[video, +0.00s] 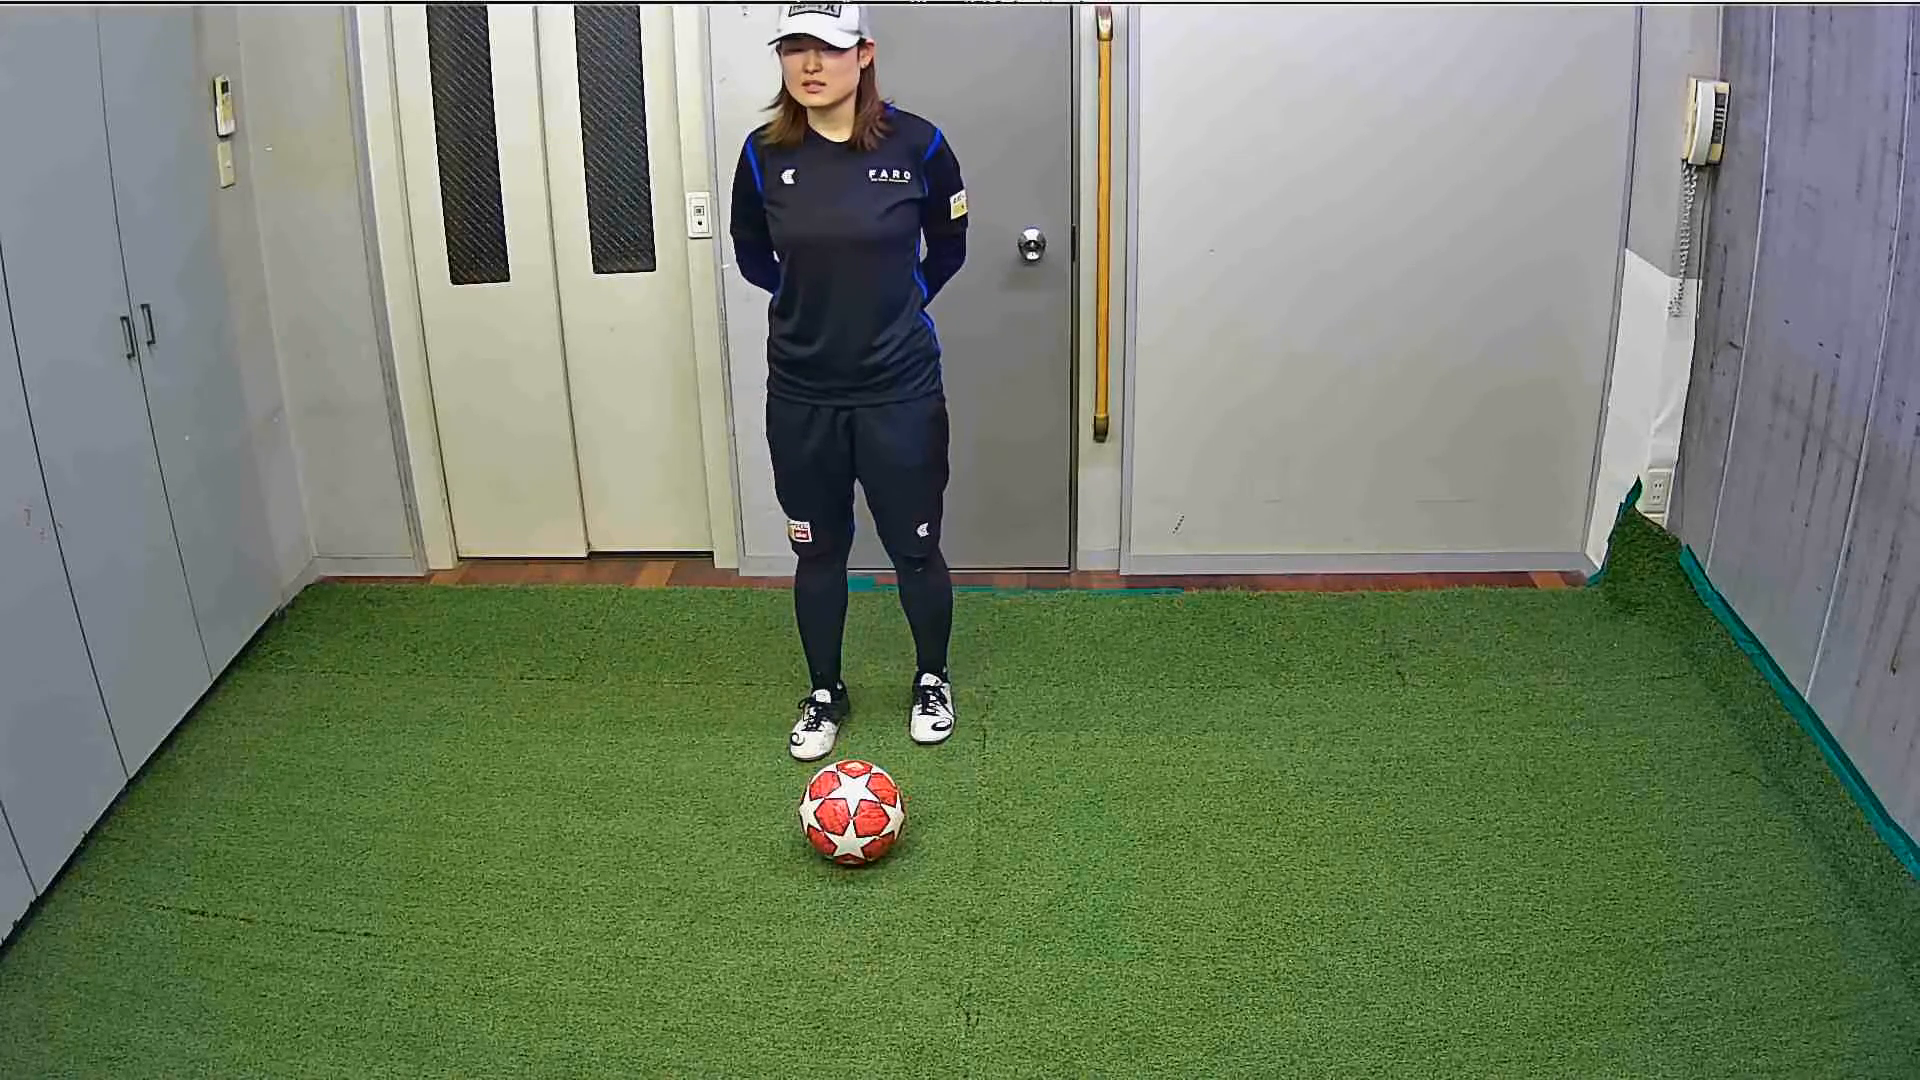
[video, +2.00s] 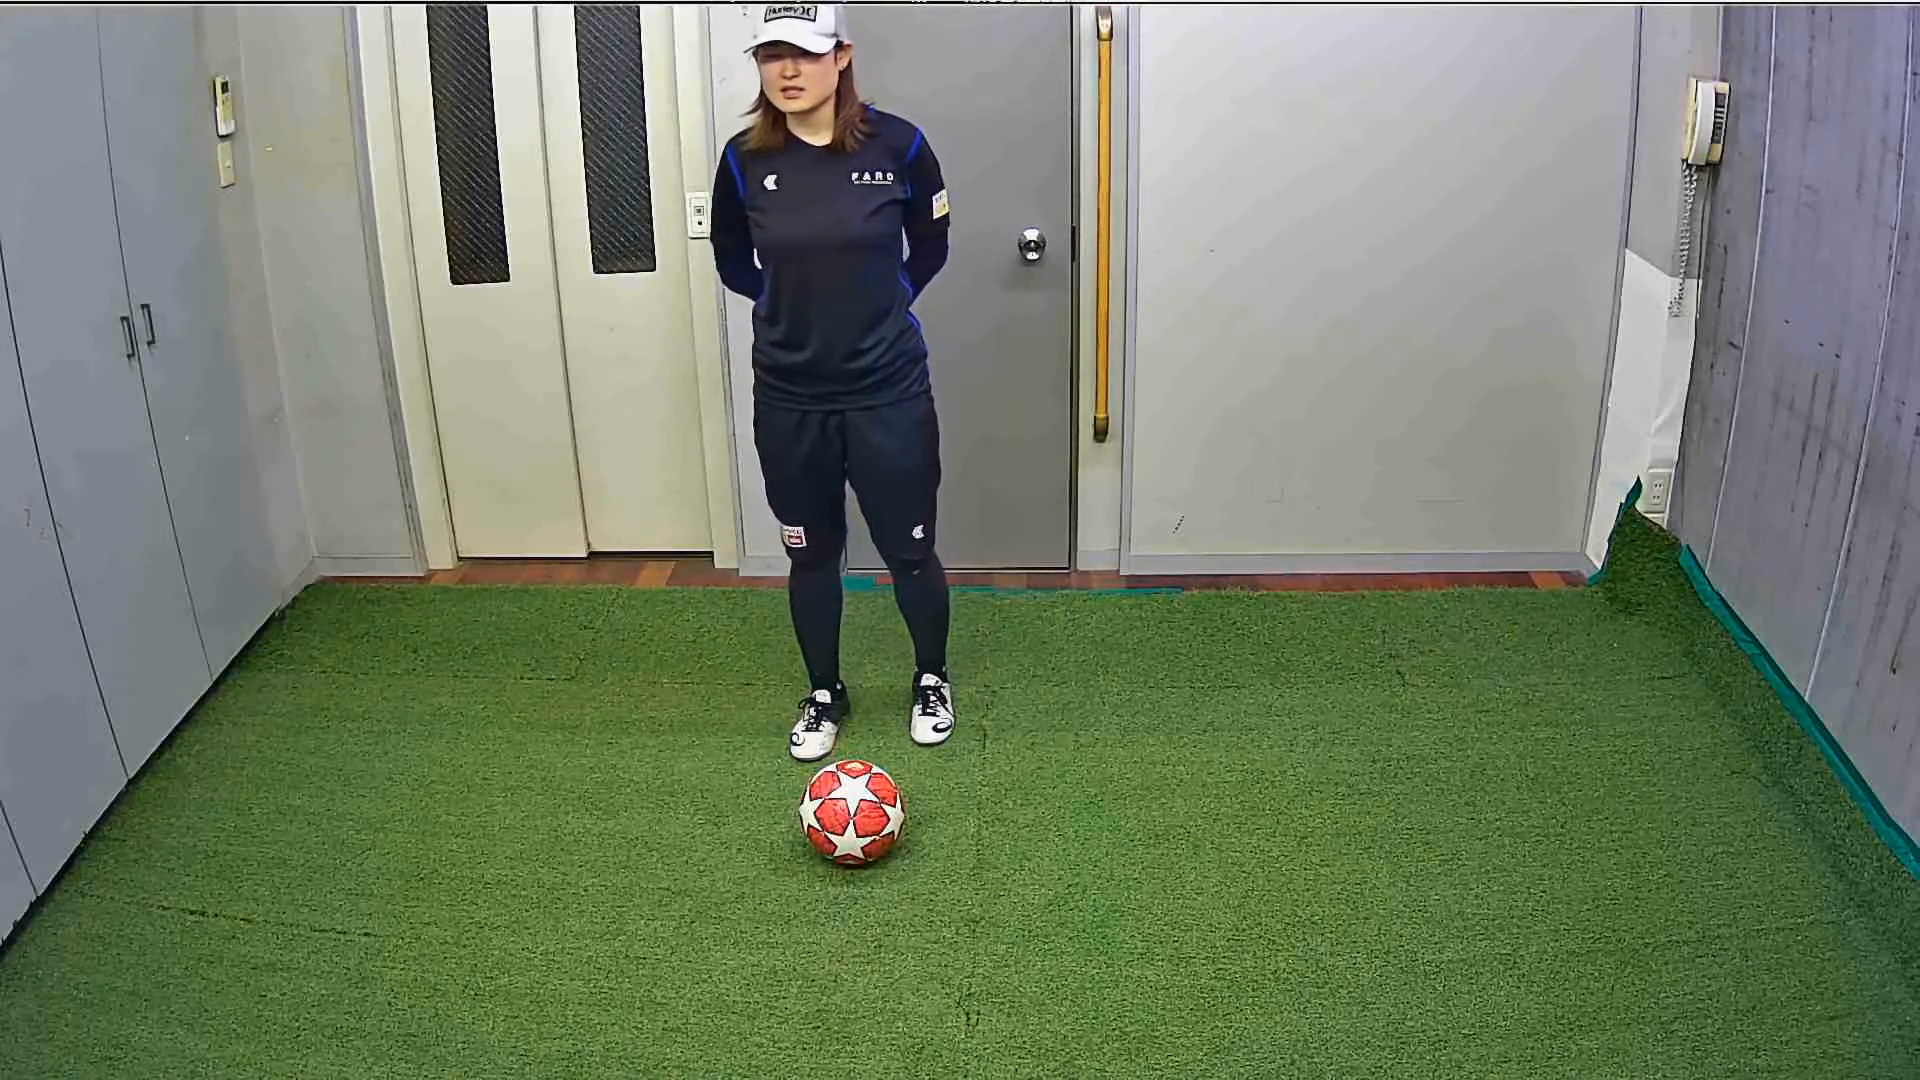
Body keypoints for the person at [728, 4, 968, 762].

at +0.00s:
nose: (809, 64)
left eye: (826, 49)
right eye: (796, 51)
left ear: (864, 56)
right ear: (781, 64)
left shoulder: (918, 145)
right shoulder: (762, 155)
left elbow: (950, 248)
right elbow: (750, 253)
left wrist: (894, 302)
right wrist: (810, 291)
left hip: (899, 385)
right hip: (801, 387)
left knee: (916, 548)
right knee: (814, 547)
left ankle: (931, 681)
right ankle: (825, 694)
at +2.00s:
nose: (787, 71)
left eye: (804, 55)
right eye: (773, 56)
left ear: (841, 59)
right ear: (759, 66)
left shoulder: (899, 145)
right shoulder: (743, 160)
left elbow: (932, 248)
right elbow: (731, 260)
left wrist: (875, 302)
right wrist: (794, 297)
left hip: (888, 388)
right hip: (788, 393)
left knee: (909, 549)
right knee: (809, 551)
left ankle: (932, 681)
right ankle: (824, 695)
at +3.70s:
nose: (839, 62)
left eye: (855, 47)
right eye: (826, 49)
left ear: (891, 55)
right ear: (811, 64)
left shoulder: (947, 141)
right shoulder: (797, 151)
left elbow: (965, 245)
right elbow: (787, 258)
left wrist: (919, 301)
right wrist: (851, 289)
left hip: (928, 379)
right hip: (832, 382)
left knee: (940, 534)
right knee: (830, 540)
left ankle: (955, 658)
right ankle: (825, 694)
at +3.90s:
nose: (874, 60)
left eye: (891, 47)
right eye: (862, 48)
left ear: (927, 57)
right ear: (848, 60)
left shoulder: (980, 144)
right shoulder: (830, 147)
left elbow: (1017, 232)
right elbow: (810, 242)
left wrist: (1026, 329)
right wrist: (863, 285)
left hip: (952, 372)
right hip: (859, 373)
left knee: (954, 528)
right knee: (844, 533)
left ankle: (956, 662)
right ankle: (826, 694)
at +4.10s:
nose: (909, 62)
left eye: (925, 49)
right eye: (896, 48)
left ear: (957, 57)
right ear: (878, 59)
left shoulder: (1004, 138)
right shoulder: (855, 140)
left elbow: (1042, 257)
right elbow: (834, 238)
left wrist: (1024, 240)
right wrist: (886, 278)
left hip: (969, 363)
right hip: (875, 363)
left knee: (966, 522)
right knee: (856, 524)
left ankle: (957, 660)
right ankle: (840, 687)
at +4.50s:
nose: (929, 62)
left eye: (944, 47)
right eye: (917, 47)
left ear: (976, 54)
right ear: (901, 54)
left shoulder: (1015, 138)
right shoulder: (874, 134)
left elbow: (986, 242)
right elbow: (849, 238)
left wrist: (956, 146)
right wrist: (908, 275)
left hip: (976, 365)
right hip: (884, 361)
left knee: (970, 521)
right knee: (865, 523)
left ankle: (958, 662)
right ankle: (849, 684)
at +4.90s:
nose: (919, 57)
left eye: (936, 45)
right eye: (907, 43)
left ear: (969, 54)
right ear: (892, 52)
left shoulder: (1011, 141)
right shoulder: (867, 135)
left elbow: (1021, 263)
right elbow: (842, 240)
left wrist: (971, 179)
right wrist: (904, 276)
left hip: (973, 363)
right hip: (880, 361)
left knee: (969, 520)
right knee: (864, 524)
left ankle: (958, 659)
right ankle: (850, 683)